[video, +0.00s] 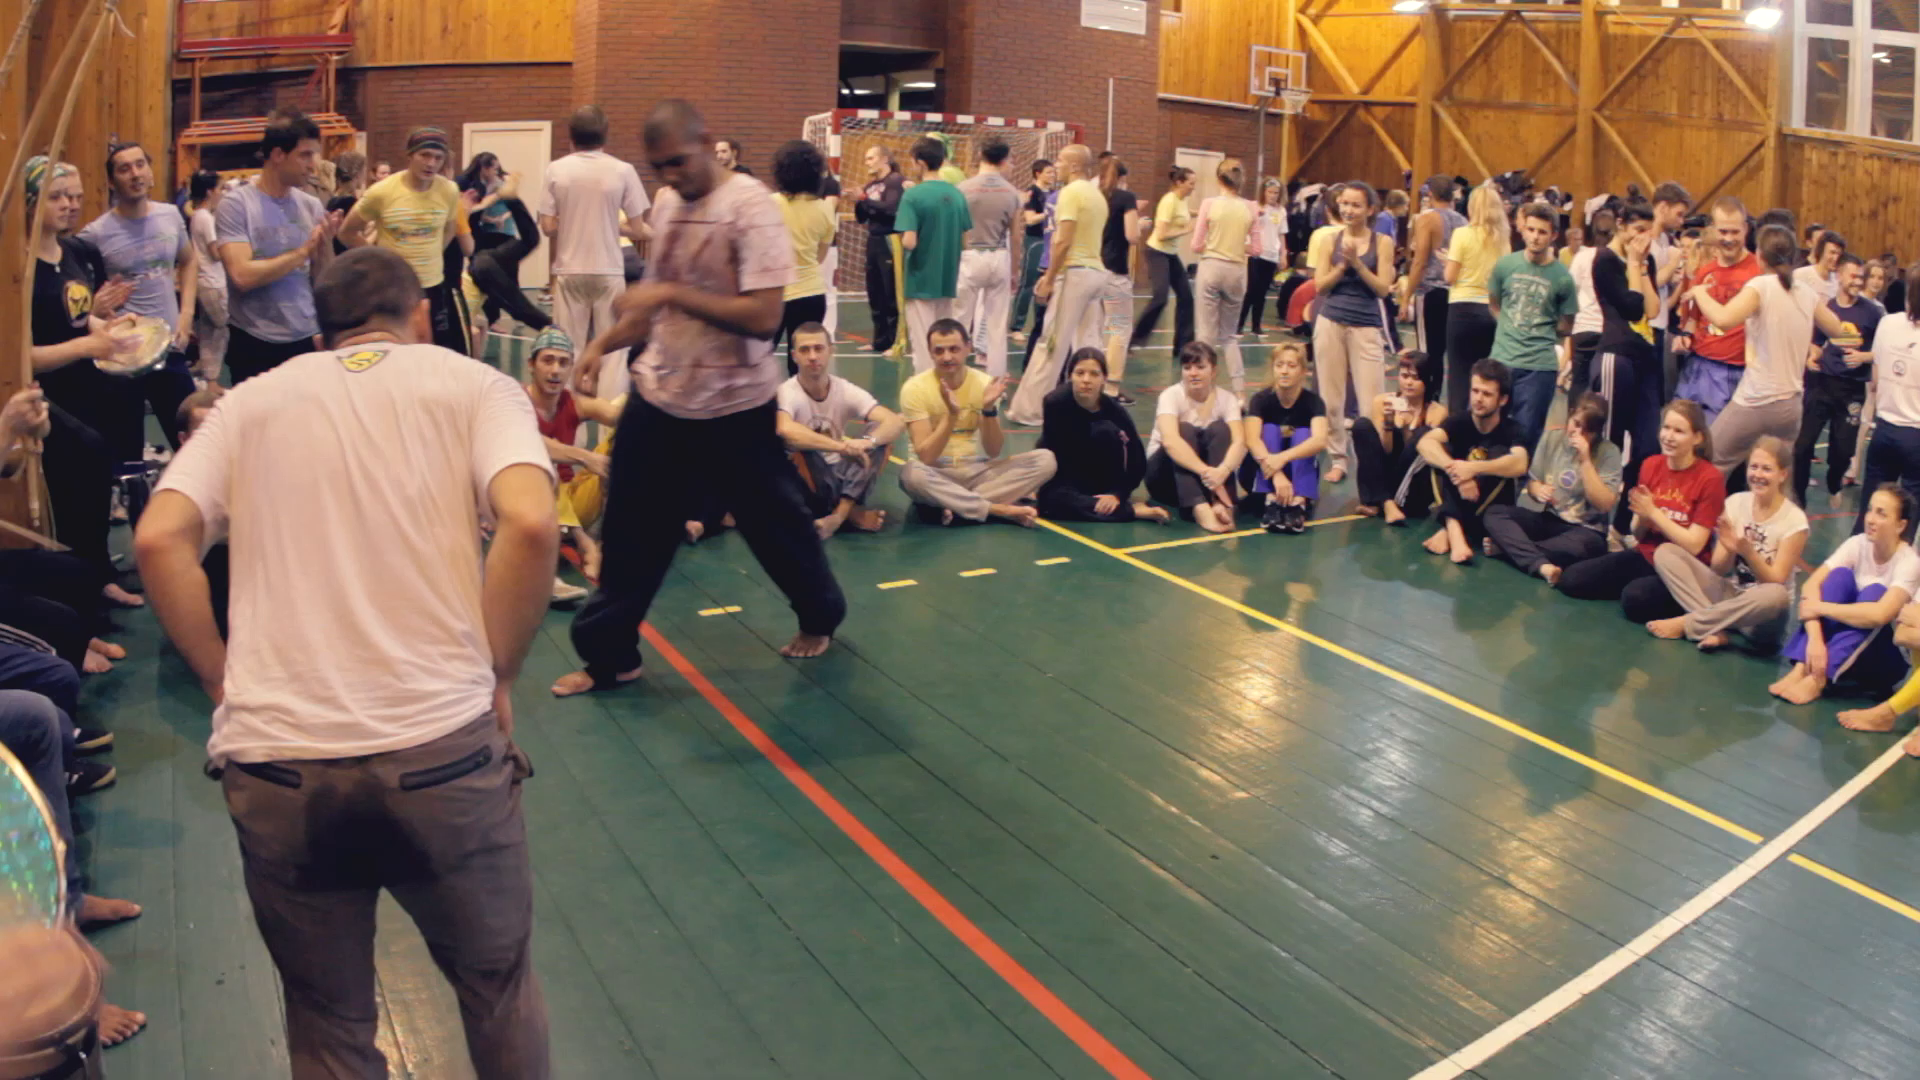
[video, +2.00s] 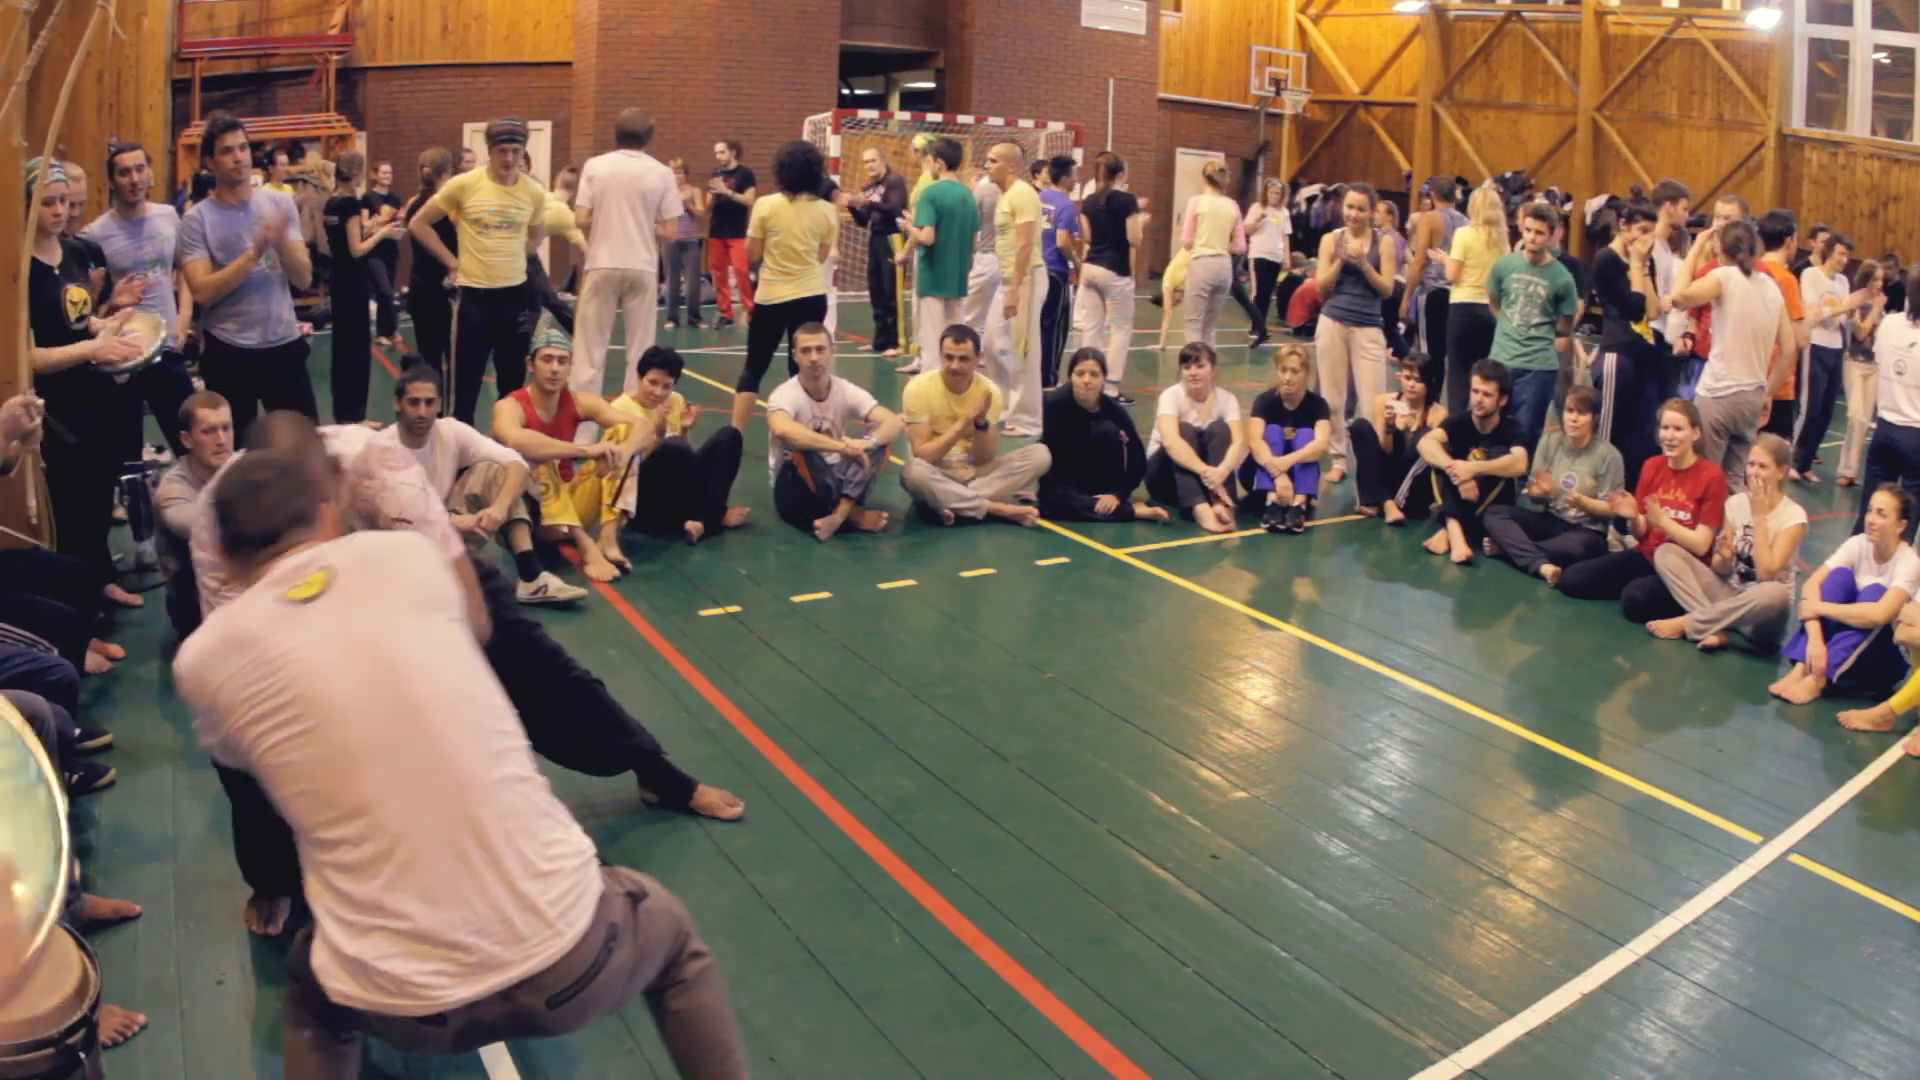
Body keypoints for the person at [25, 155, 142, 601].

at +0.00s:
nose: (70, 204)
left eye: (75, 196)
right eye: (59, 196)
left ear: (81, 199)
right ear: (31, 201)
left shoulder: (77, 254)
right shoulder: (16, 266)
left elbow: (80, 317)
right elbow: (17, 358)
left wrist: (108, 327)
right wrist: (87, 347)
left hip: (87, 389)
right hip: (46, 400)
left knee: (94, 492)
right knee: (68, 498)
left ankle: (101, 576)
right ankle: (78, 588)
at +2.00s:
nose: (58, 210)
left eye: (64, 201)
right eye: (48, 202)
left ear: (71, 205)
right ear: (27, 205)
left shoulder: (77, 253)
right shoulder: (18, 267)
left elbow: (80, 322)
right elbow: (23, 357)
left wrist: (110, 324)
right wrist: (89, 350)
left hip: (95, 390)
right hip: (55, 401)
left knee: (98, 494)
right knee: (72, 501)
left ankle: (101, 576)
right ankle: (79, 596)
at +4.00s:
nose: (75, 204)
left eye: (79, 195)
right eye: (66, 195)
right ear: (38, 201)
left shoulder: (70, 256)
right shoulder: (20, 266)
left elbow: (77, 322)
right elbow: (27, 360)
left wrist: (114, 318)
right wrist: (95, 344)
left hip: (91, 391)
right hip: (53, 400)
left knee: (98, 492)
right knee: (71, 498)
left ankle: (102, 577)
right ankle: (78, 595)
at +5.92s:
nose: (56, 208)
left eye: (60, 199)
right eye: (46, 199)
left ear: (58, 203)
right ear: (23, 205)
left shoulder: (70, 256)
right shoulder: (14, 270)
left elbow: (77, 327)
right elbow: (15, 364)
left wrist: (102, 319)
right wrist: (82, 360)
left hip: (88, 394)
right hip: (46, 403)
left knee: (96, 490)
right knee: (66, 496)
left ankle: (101, 576)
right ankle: (75, 587)